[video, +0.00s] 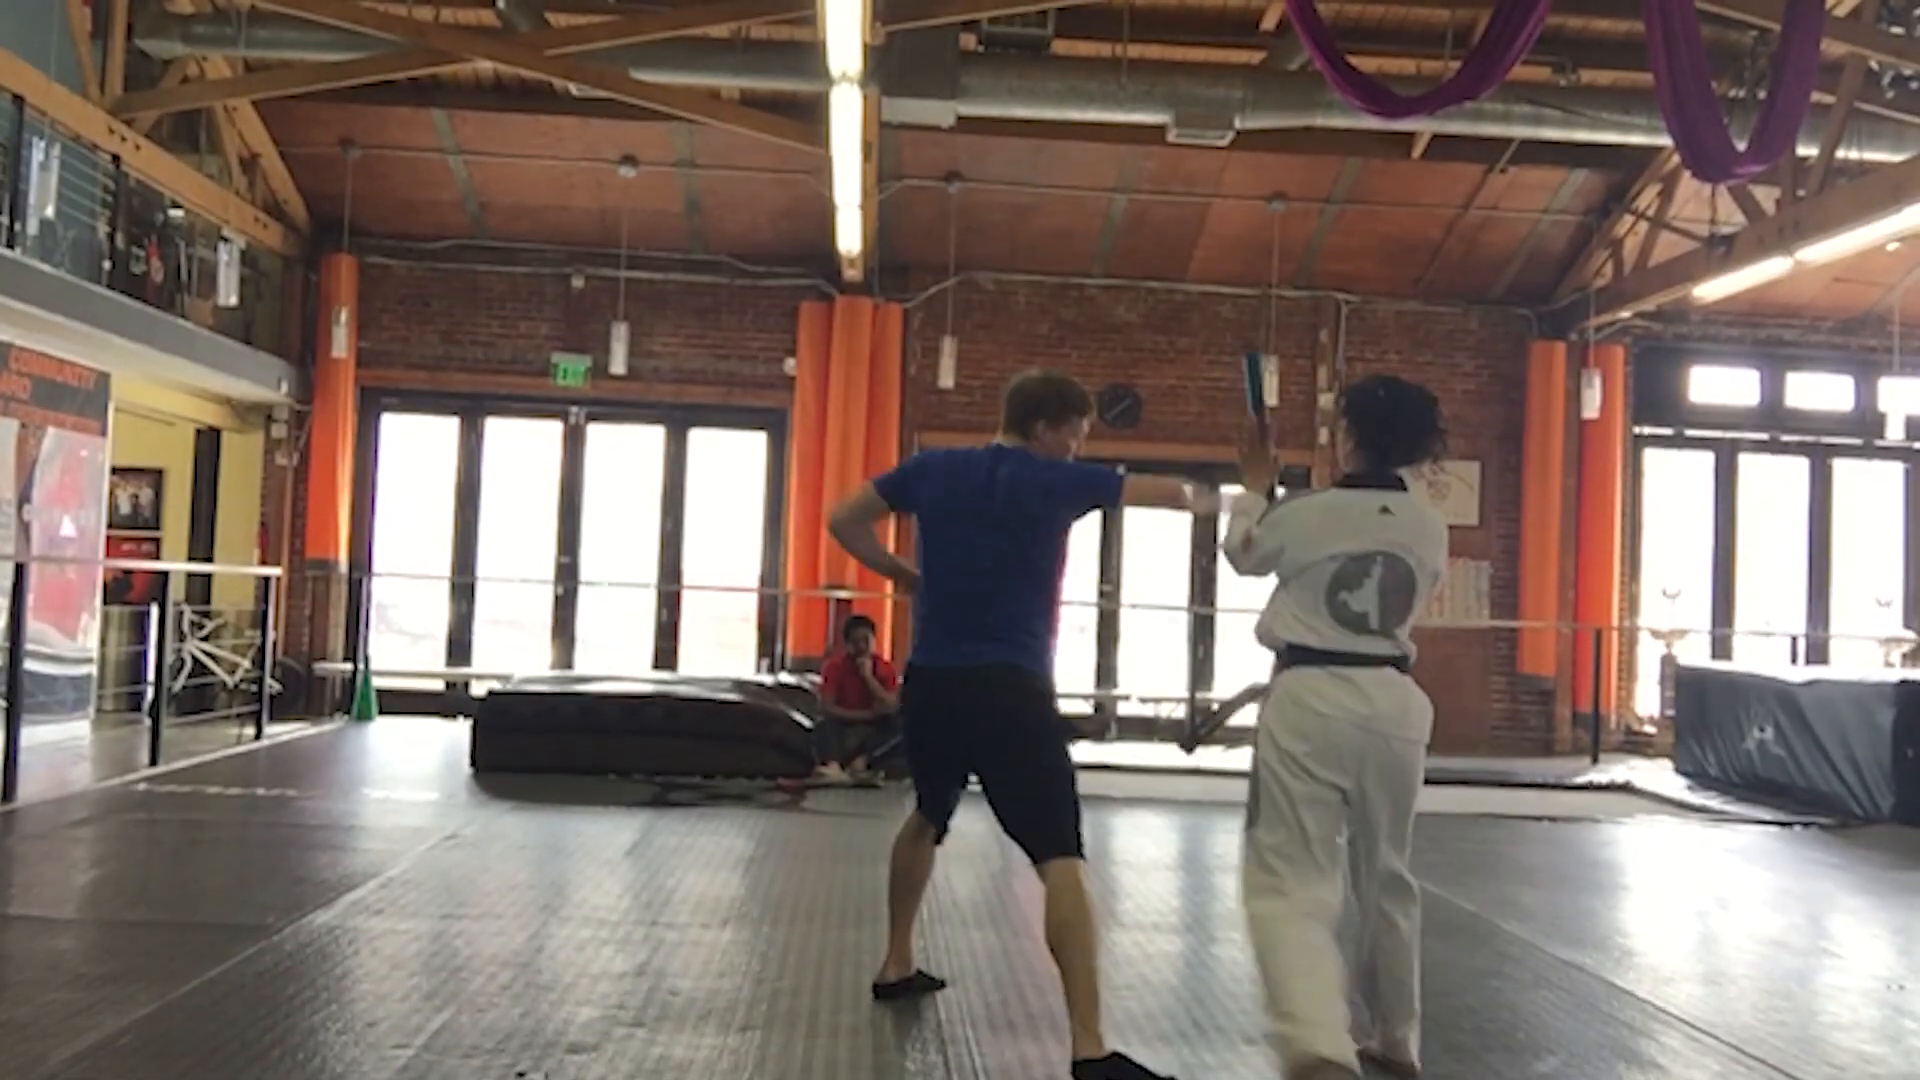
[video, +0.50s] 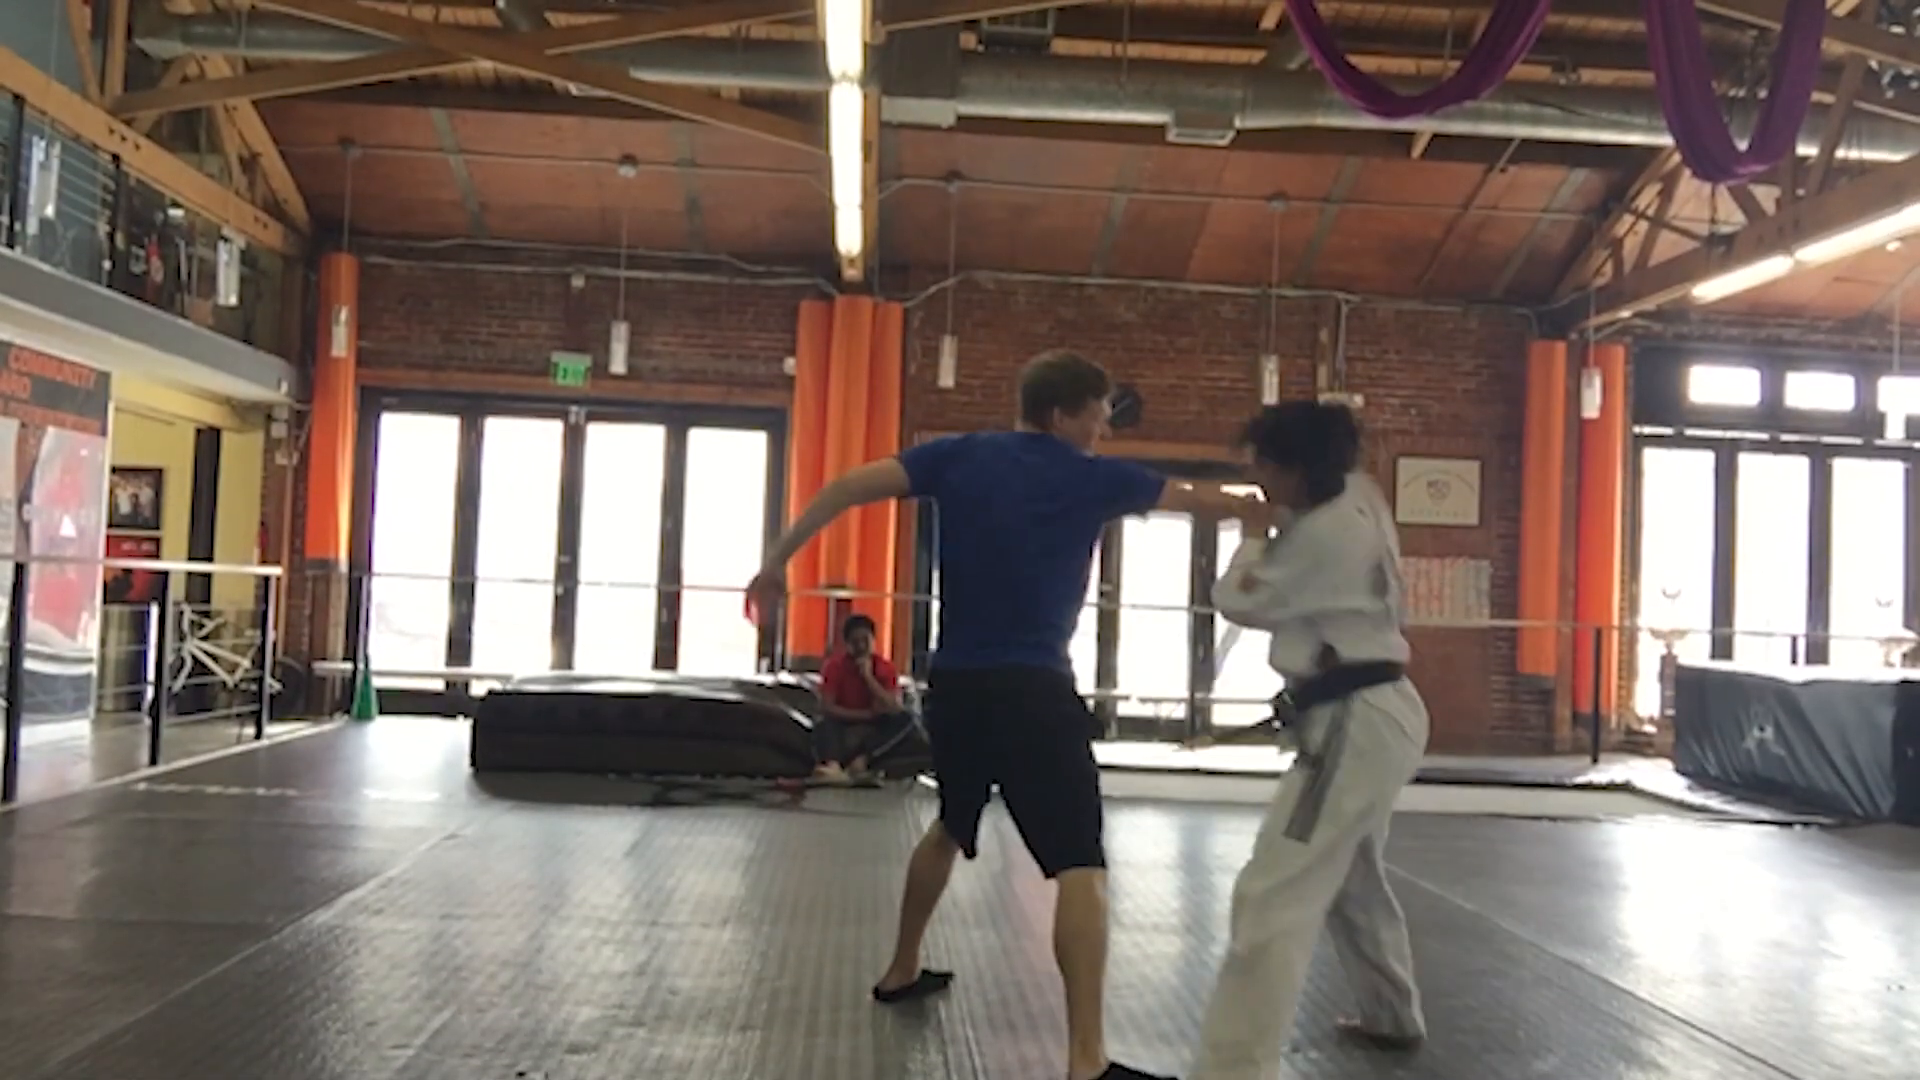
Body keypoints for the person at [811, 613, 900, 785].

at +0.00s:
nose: (861, 647)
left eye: (865, 640)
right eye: (855, 642)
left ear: (873, 639)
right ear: (846, 643)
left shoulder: (884, 667)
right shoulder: (834, 666)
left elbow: (891, 705)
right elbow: (827, 708)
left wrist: (868, 677)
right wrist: (870, 713)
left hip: (874, 721)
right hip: (842, 721)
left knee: (897, 725)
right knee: (826, 725)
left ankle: (861, 763)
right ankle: (832, 765)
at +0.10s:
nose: (861, 647)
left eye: (865, 640)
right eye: (855, 642)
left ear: (873, 640)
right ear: (847, 643)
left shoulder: (885, 667)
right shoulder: (834, 667)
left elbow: (894, 706)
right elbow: (826, 708)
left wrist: (869, 677)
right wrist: (870, 713)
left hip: (874, 722)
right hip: (843, 722)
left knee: (900, 721)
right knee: (826, 724)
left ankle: (862, 762)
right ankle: (831, 764)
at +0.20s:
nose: (862, 648)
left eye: (866, 641)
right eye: (856, 643)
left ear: (873, 642)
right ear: (847, 645)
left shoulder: (885, 669)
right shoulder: (835, 668)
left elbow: (894, 708)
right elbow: (827, 710)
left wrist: (869, 679)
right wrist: (868, 716)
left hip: (874, 722)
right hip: (843, 722)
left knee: (903, 722)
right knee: (826, 726)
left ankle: (862, 764)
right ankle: (832, 766)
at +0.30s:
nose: (862, 648)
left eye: (866, 642)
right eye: (856, 643)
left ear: (873, 642)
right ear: (847, 645)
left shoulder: (885, 669)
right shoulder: (834, 668)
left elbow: (894, 708)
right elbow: (827, 710)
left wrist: (868, 679)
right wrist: (868, 716)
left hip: (875, 723)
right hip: (843, 723)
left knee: (903, 723)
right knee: (825, 727)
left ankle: (863, 764)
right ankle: (833, 766)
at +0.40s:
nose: (861, 647)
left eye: (865, 640)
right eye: (855, 642)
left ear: (873, 640)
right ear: (847, 644)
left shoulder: (885, 668)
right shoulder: (834, 667)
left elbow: (893, 708)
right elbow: (827, 708)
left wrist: (868, 677)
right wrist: (867, 714)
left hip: (875, 721)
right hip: (842, 722)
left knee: (905, 722)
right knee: (824, 726)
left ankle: (862, 762)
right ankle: (832, 765)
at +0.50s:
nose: (861, 646)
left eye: (865, 640)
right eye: (855, 641)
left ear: (872, 640)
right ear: (846, 643)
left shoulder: (885, 668)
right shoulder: (834, 667)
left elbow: (893, 707)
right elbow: (827, 708)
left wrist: (868, 676)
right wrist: (868, 713)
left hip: (875, 720)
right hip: (842, 721)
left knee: (904, 720)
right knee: (824, 726)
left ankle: (863, 761)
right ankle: (831, 764)